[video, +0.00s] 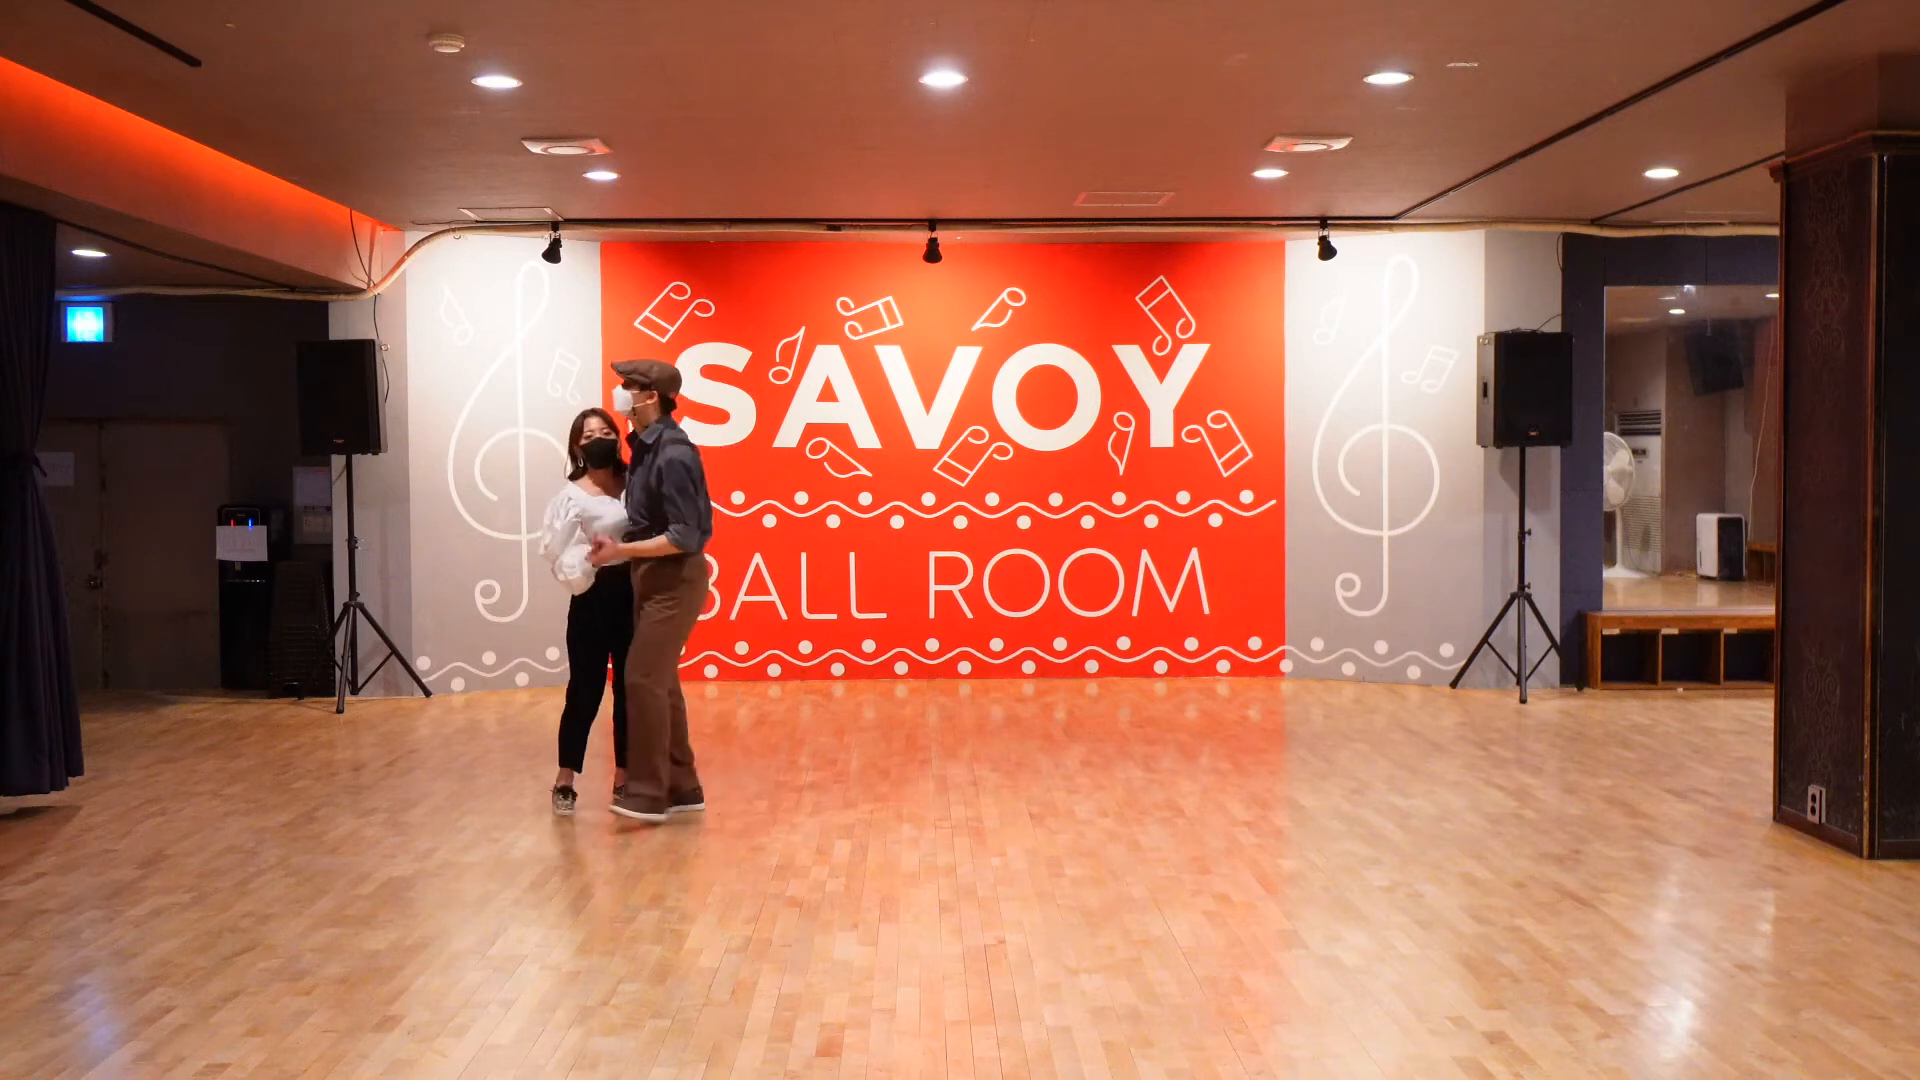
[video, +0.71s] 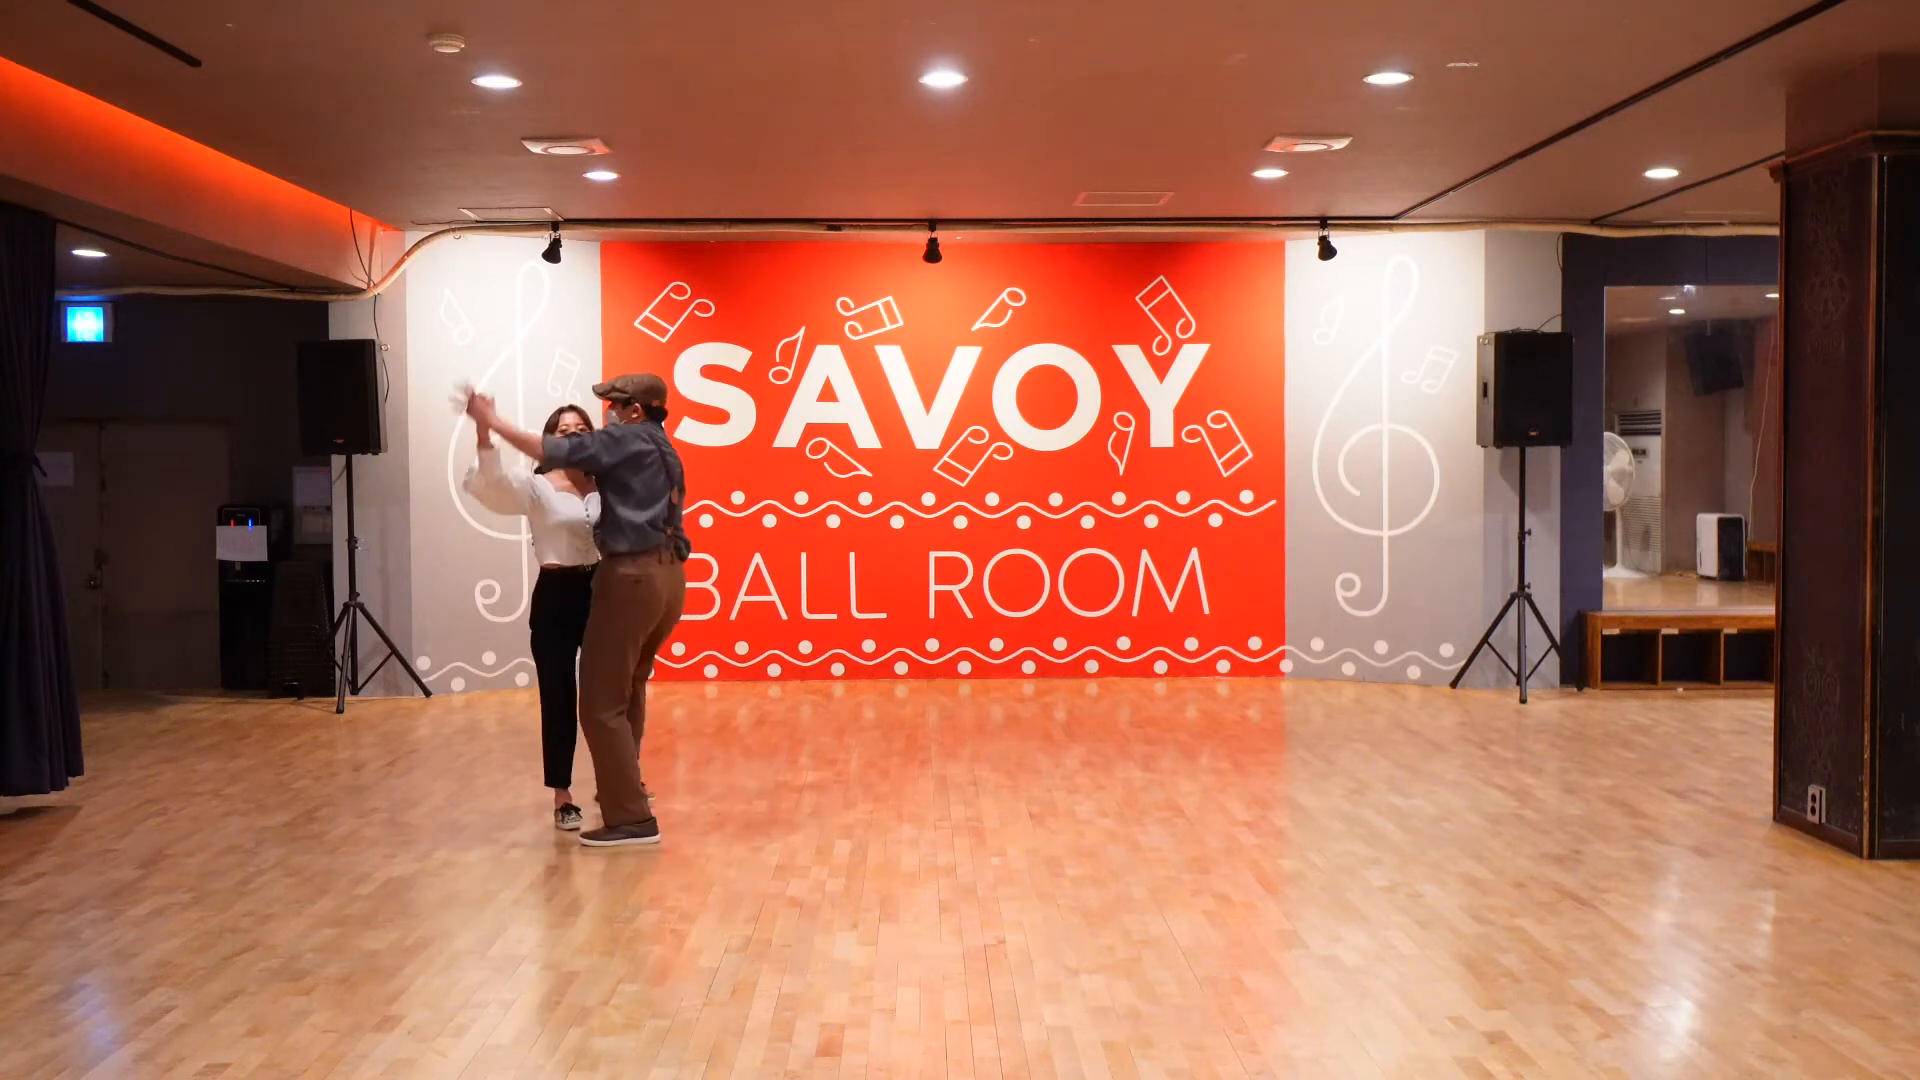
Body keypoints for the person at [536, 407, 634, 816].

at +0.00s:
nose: (598, 436)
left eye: (605, 430)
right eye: (589, 433)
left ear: (617, 438)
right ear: (576, 446)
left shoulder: (635, 487)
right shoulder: (568, 497)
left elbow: (656, 532)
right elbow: (558, 559)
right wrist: (591, 558)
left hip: (632, 593)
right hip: (590, 597)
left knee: (629, 689)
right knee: (584, 691)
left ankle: (625, 777)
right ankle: (566, 779)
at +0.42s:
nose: (574, 438)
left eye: (581, 432)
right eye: (564, 434)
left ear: (592, 441)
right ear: (550, 448)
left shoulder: (613, 489)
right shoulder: (543, 500)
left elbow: (632, 533)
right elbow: (538, 557)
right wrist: (540, 584)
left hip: (613, 599)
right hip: (570, 602)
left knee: (615, 693)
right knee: (569, 699)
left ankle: (624, 790)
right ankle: (566, 797)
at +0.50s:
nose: (570, 440)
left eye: (577, 434)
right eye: (561, 436)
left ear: (589, 444)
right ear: (547, 450)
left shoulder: (605, 491)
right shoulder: (538, 499)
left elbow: (627, 530)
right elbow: (510, 539)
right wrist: (498, 546)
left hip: (606, 596)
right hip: (565, 601)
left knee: (613, 693)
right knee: (566, 699)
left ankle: (625, 790)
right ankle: (566, 798)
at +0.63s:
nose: (571, 438)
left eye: (579, 432)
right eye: (561, 434)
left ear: (591, 441)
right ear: (547, 447)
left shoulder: (608, 491)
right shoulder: (536, 496)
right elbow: (488, 508)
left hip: (604, 595)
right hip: (557, 598)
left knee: (609, 693)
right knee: (561, 699)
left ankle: (623, 791)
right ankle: (565, 799)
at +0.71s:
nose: (573, 435)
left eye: (580, 429)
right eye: (564, 431)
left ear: (592, 437)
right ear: (550, 440)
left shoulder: (606, 484)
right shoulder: (536, 484)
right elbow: (490, 487)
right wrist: (484, 431)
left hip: (602, 589)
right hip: (556, 592)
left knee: (611, 689)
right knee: (558, 696)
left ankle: (622, 787)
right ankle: (563, 797)